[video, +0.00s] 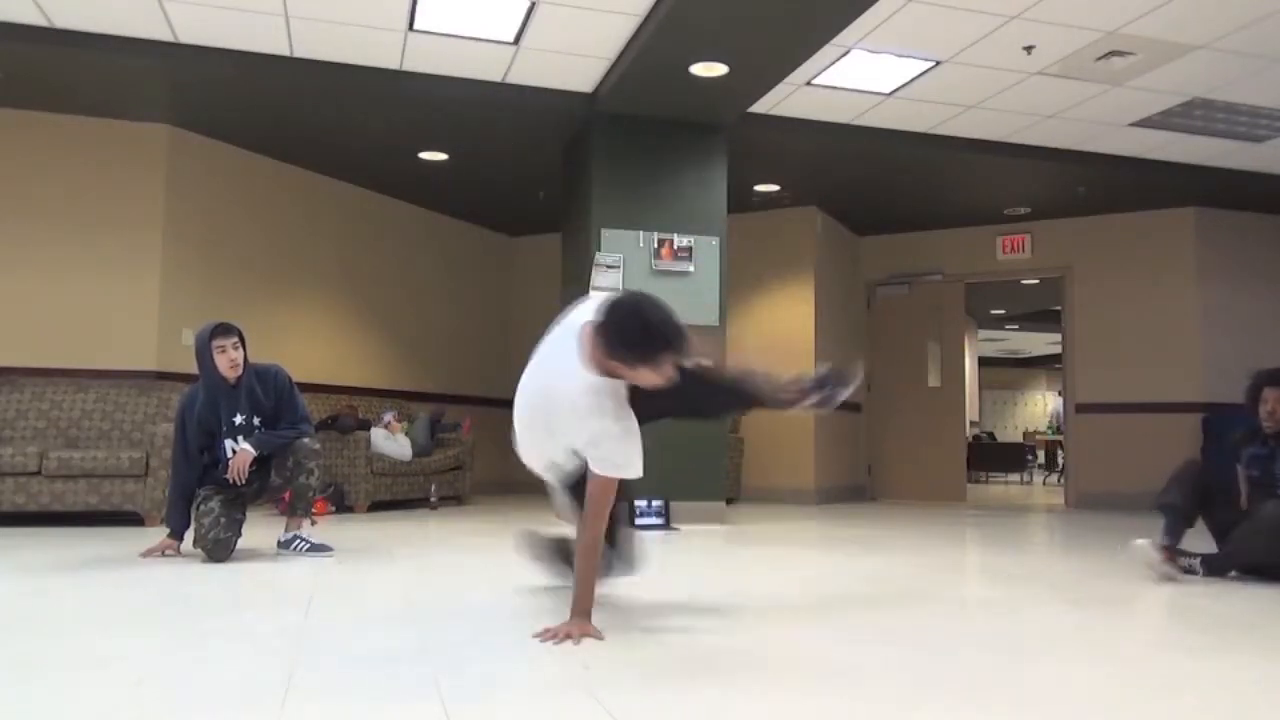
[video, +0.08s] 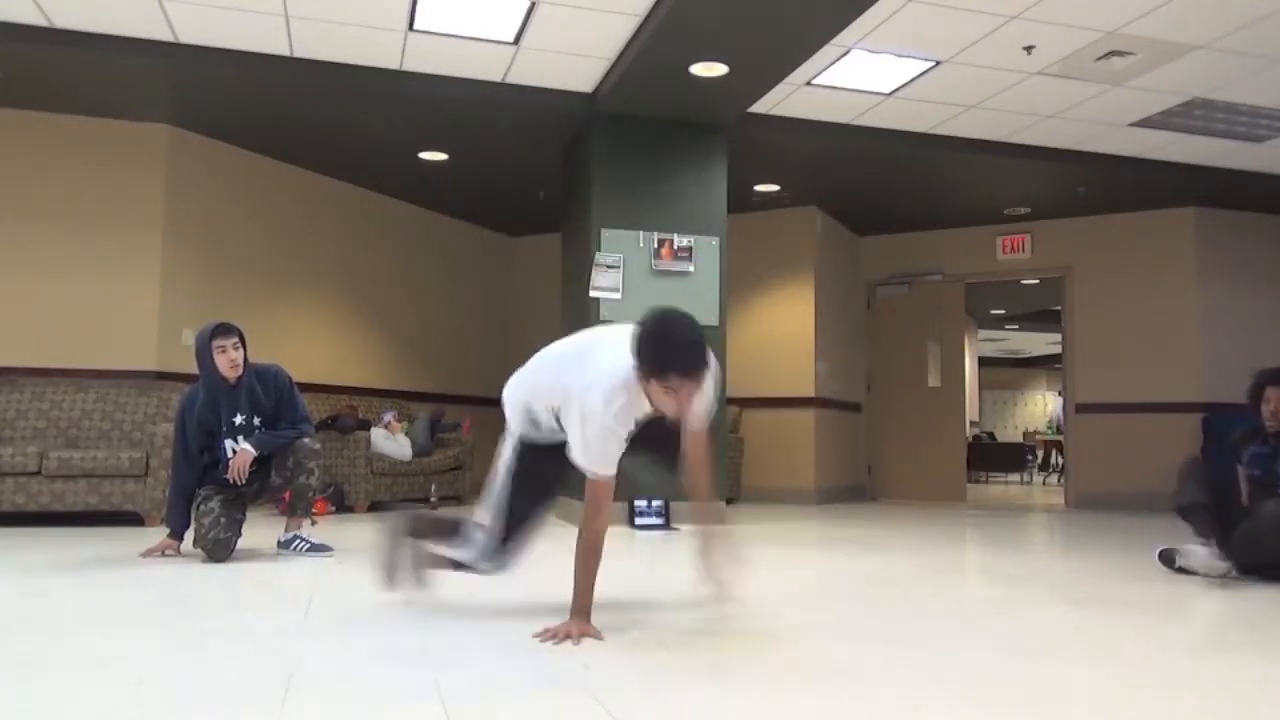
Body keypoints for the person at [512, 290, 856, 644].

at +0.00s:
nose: (673, 374)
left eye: (673, 361)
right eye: (660, 369)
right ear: (625, 368)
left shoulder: (603, 306)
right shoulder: (606, 423)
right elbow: (593, 525)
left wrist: (699, 364)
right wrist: (580, 617)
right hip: (561, 456)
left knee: (692, 388)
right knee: (619, 556)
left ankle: (793, 392)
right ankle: (551, 551)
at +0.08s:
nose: (684, 404)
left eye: (693, 388)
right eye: (671, 391)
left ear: (703, 370)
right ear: (645, 378)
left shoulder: (702, 369)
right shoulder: (605, 397)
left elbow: (697, 460)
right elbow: (595, 516)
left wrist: (713, 553)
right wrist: (579, 617)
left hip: (609, 417)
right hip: (540, 420)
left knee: (695, 474)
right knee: (489, 551)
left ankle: (715, 570)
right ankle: (412, 529)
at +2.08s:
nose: (551, 181)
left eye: (556, 167)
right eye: (542, 172)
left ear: (587, 152)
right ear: (538, 170)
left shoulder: (653, 199)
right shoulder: (546, 210)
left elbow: (723, 270)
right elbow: (553, 283)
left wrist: (664, 320)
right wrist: (530, 341)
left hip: (662, 341)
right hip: (597, 342)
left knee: (683, 473)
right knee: (553, 454)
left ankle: (714, 595)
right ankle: (573, 546)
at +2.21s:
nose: (522, 166)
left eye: (528, 152)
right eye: (515, 156)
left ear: (560, 143)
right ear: (515, 156)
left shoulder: (621, 193)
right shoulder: (537, 206)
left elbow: (697, 249)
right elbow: (582, 270)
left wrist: (645, 319)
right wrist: (562, 320)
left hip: (643, 348)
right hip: (590, 355)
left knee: (672, 469)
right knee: (580, 471)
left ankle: (712, 594)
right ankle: (633, 558)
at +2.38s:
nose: (501, 159)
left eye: (508, 147)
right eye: (495, 151)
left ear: (538, 140)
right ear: (499, 152)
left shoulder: (579, 194)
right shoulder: (525, 206)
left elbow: (649, 251)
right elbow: (562, 271)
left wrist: (604, 322)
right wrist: (554, 321)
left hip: (612, 333)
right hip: (575, 340)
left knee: (594, 447)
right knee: (575, 464)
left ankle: (656, 569)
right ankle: (633, 564)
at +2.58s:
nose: (480, 122)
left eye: (486, 109)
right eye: (474, 113)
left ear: (516, 104)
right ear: (477, 117)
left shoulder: (550, 158)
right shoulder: (498, 173)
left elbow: (611, 225)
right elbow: (522, 249)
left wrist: (554, 288)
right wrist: (515, 311)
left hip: (559, 309)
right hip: (530, 312)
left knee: (519, 428)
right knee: (552, 436)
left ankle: (488, 559)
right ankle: (607, 534)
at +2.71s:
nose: (470, 147)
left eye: (477, 134)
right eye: (465, 137)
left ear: (506, 132)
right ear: (468, 141)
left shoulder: (528, 191)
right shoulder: (495, 196)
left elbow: (571, 271)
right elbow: (502, 284)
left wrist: (508, 334)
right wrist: (479, 340)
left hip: (522, 336)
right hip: (502, 336)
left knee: (462, 442)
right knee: (480, 452)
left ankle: (459, 562)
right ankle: (569, 519)